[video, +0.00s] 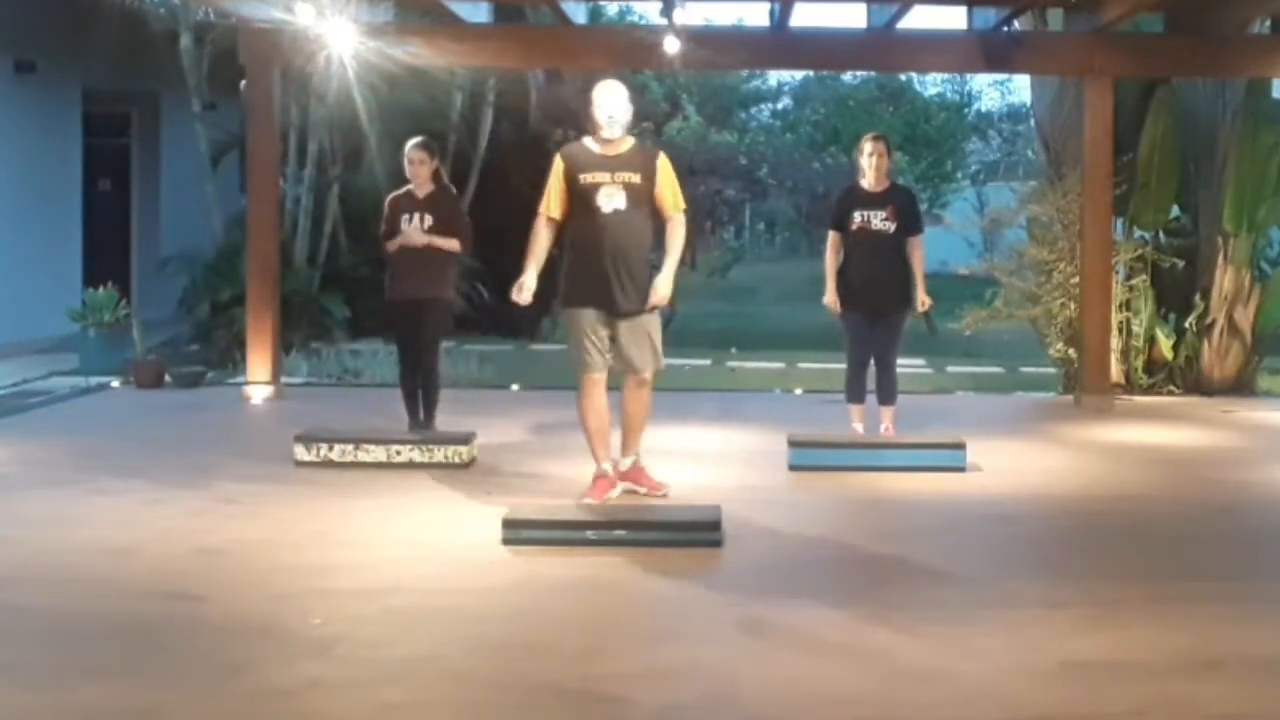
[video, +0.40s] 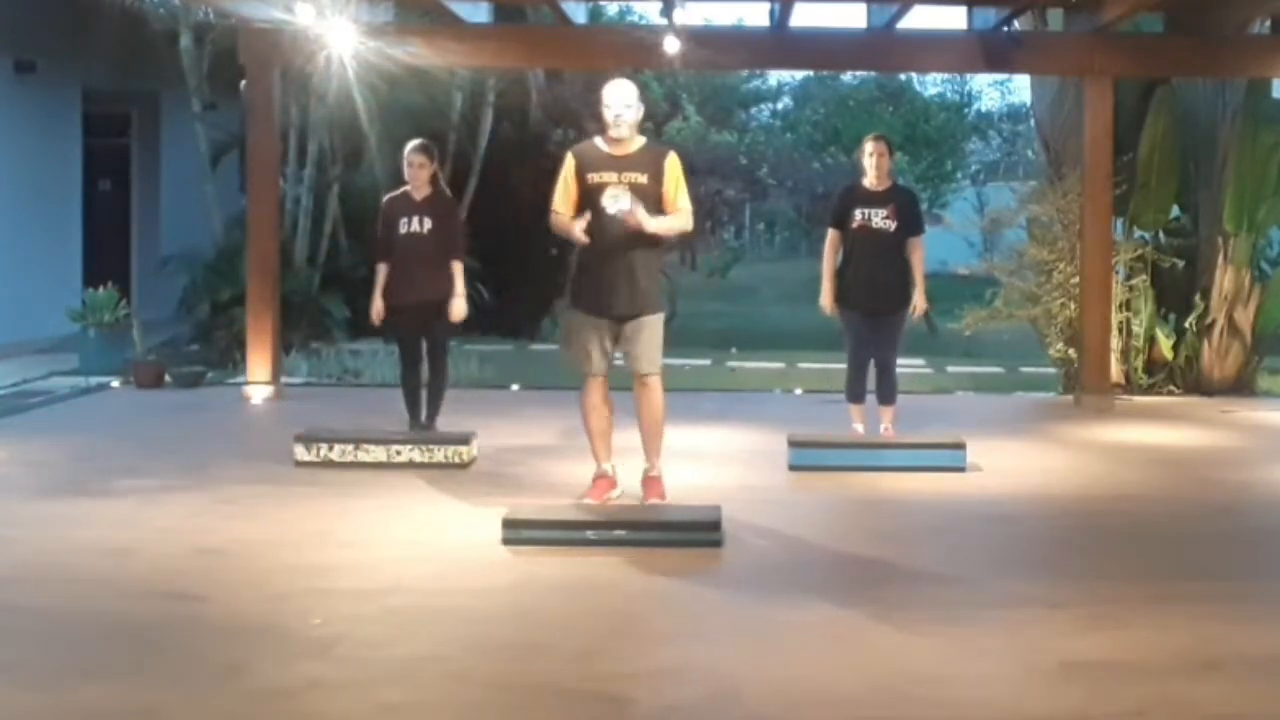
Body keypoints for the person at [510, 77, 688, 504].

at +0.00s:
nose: (608, 115)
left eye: (616, 107)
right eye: (601, 108)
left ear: (630, 111)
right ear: (590, 112)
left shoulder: (653, 161)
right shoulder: (568, 159)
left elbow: (675, 219)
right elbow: (547, 220)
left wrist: (667, 273)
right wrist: (530, 273)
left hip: (638, 290)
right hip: (584, 291)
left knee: (641, 375)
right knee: (593, 376)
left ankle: (631, 464)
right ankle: (604, 470)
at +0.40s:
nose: (618, 116)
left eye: (626, 108)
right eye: (611, 108)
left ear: (640, 111)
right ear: (600, 111)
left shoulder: (664, 160)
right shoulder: (579, 158)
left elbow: (684, 220)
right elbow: (558, 216)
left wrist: (649, 223)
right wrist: (575, 227)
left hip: (644, 291)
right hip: (590, 291)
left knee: (648, 378)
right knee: (594, 379)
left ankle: (653, 470)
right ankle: (604, 472)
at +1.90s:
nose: (633, 113)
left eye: (641, 106)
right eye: (626, 106)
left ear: (658, 110)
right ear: (618, 111)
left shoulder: (679, 157)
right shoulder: (601, 155)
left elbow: (697, 214)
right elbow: (578, 206)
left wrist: (643, 183)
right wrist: (581, 248)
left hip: (659, 292)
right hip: (605, 288)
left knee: (661, 380)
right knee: (592, 368)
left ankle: (656, 474)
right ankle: (601, 456)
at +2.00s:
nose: (632, 112)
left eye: (640, 104)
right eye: (626, 105)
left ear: (657, 109)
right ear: (617, 110)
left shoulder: (678, 155)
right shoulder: (600, 155)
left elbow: (695, 211)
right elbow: (580, 207)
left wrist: (642, 183)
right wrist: (581, 247)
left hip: (659, 287)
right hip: (606, 283)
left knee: (660, 379)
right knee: (592, 365)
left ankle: (656, 473)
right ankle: (600, 455)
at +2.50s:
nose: (620, 110)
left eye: (628, 103)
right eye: (614, 103)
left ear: (645, 108)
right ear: (605, 109)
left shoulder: (672, 156)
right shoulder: (584, 158)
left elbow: (712, 202)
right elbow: (562, 213)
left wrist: (681, 249)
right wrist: (587, 233)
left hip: (655, 290)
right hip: (603, 291)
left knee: (657, 377)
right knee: (605, 381)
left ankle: (657, 470)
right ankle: (614, 474)